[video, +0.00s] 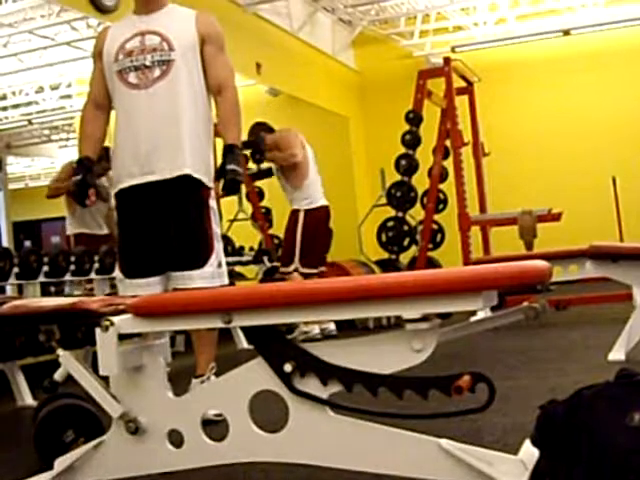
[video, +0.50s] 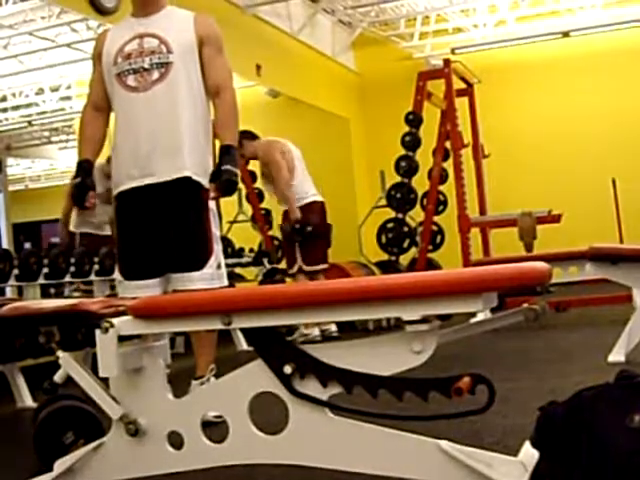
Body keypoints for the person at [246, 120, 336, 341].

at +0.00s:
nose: (259, 149)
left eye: (258, 145)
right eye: (257, 147)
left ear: (262, 136)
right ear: (266, 133)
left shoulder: (285, 135)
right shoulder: (288, 141)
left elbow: (296, 156)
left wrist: (266, 156)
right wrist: (258, 173)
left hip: (306, 210)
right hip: (314, 209)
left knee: (291, 270)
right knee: (311, 270)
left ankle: (309, 322)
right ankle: (324, 319)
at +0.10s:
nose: (266, 149)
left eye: (262, 144)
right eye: (262, 147)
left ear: (264, 134)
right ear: (270, 128)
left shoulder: (287, 135)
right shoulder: (299, 137)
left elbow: (295, 160)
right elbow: (297, 172)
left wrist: (265, 171)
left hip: (305, 207)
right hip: (317, 205)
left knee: (294, 268)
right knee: (314, 269)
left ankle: (308, 322)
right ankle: (324, 319)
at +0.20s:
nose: (265, 149)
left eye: (261, 144)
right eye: (261, 147)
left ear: (263, 134)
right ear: (270, 128)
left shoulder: (285, 135)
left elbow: (293, 166)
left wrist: (266, 187)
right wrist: (272, 206)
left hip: (304, 207)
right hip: (317, 205)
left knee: (298, 270)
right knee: (315, 269)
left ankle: (309, 323)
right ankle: (324, 319)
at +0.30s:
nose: (260, 152)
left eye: (256, 147)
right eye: (256, 150)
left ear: (257, 137)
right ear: (263, 131)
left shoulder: (279, 140)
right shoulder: (292, 140)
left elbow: (290, 173)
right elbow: (300, 174)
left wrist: (276, 207)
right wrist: (275, 208)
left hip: (301, 207)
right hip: (316, 204)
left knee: (299, 270)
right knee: (316, 270)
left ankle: (309, 324)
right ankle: (326, 319)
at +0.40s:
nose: (252, 154)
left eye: (248, 150)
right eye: (248, 151)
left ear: (250, 141)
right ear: (257, 134)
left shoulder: (273, 143)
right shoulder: (284, 143)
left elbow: (286, 177)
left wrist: (285, 214)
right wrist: (285, 214)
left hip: (303, 208)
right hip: (315, 204)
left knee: (298, 271)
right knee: (316, 270)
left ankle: (310, 324)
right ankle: (327, 320)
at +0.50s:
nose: (244, 159)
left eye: (241, 154)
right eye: (240, 156)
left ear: (244, 144)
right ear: (250, 140)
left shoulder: (268, 149)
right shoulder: (280, 146)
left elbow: (282, 180)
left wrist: (292, 208)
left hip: (299, 208)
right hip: (314, 205)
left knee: (298, 271)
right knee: (315, 269)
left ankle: (310, 324)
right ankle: (328, 320)